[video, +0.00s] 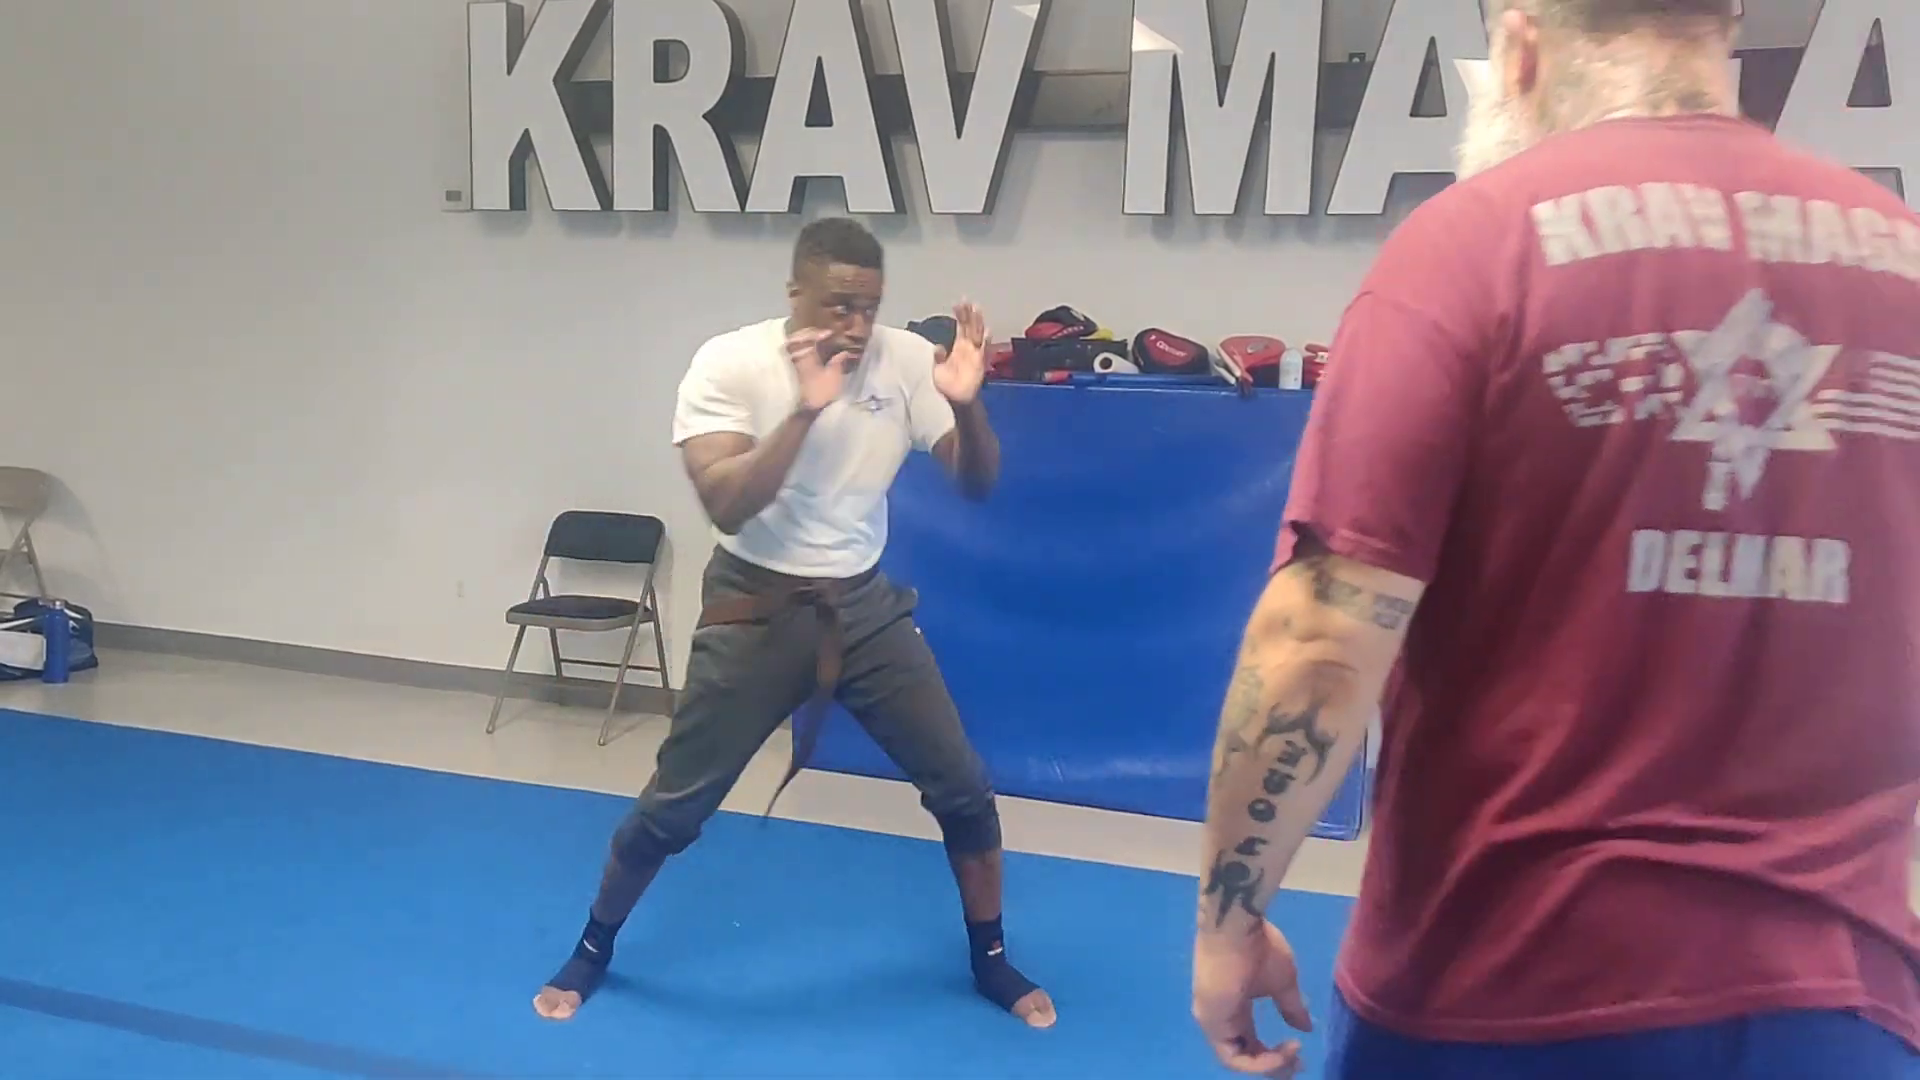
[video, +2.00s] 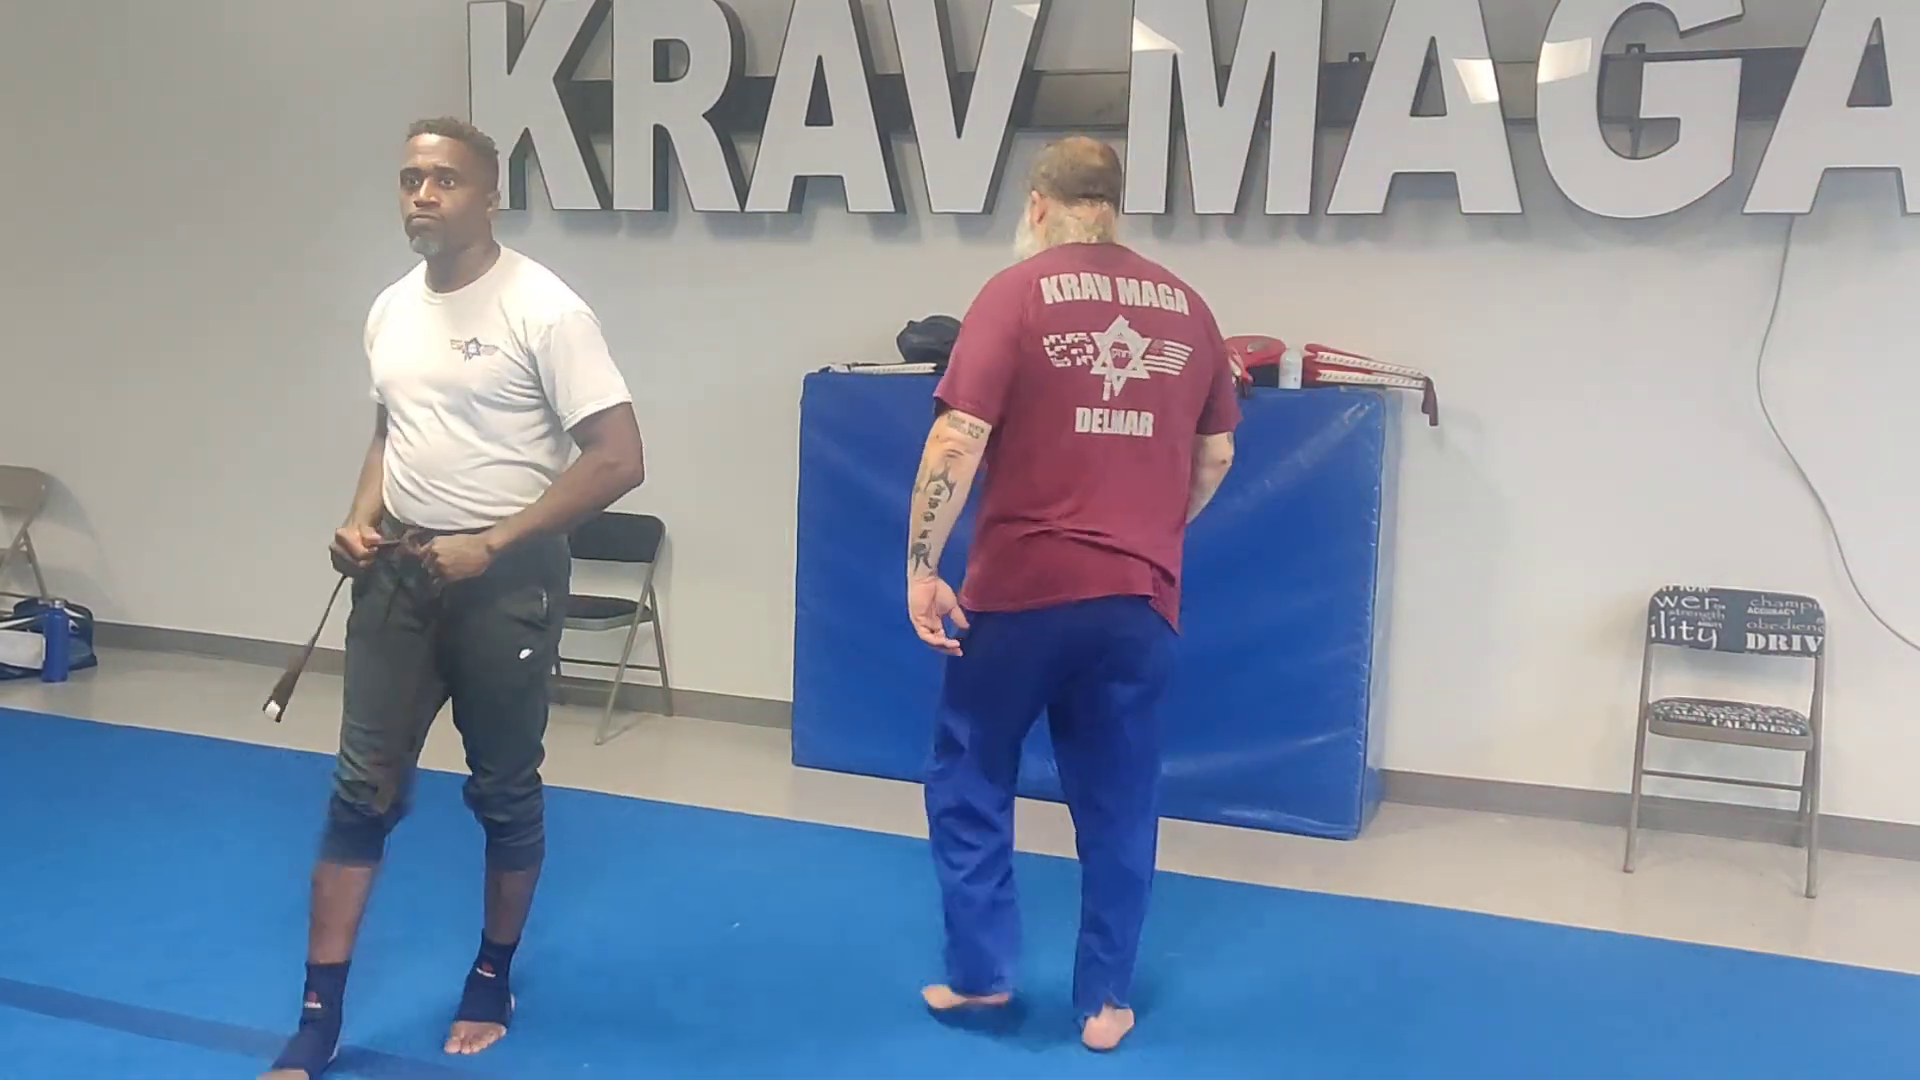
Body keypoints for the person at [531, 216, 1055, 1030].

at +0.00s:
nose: (852, 326)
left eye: (867, 308)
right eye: (835, 308)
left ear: (881, 301)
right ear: (793, 294)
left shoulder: (904, 359)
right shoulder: (727, 366)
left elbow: (977, 480)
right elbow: (726, 506)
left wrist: (966, 405)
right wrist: (805, 411)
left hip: (866, 606)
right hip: (756, 607)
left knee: (965, 791)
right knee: (672, 809)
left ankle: (990, 959)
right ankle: (592, 949)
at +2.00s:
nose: (423, 195)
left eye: (444, 180)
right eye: (412, 181)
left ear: (489, 194)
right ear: (401, 198)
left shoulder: (547, 310)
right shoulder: (392, 311)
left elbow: (617, 458)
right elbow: (389, 432)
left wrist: (494, 540)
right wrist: (361, 513)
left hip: (506, 579)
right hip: (396, 570)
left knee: (505, 795)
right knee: (361, 790)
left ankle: (492, 977)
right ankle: (318, 1017)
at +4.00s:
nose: (542, 193)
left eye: (541, 175)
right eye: (517, 176)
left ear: (535, 188)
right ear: (450, 193)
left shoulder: (532, 312)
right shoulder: (377, 308)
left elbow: (531, 473)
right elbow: (342, 494)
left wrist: (555, 605)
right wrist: (359, 668)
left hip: (516, 572)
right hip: (420, 565)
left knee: (515, 793)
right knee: (395, 820)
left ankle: (505, 994)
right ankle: (371, 1061)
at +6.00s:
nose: (604, 336)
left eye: (615, 316)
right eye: (584, 317)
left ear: (627, 305)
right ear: (526, 299)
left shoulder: (649, 350)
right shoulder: (443, 377)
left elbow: (785, 390)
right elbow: (406, 534)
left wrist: (866, 357)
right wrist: (519, 471)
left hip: (578, 643)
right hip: (458, 635)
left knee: (716, 834)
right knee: (425, 899)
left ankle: (723, 999)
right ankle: (304, 1069)